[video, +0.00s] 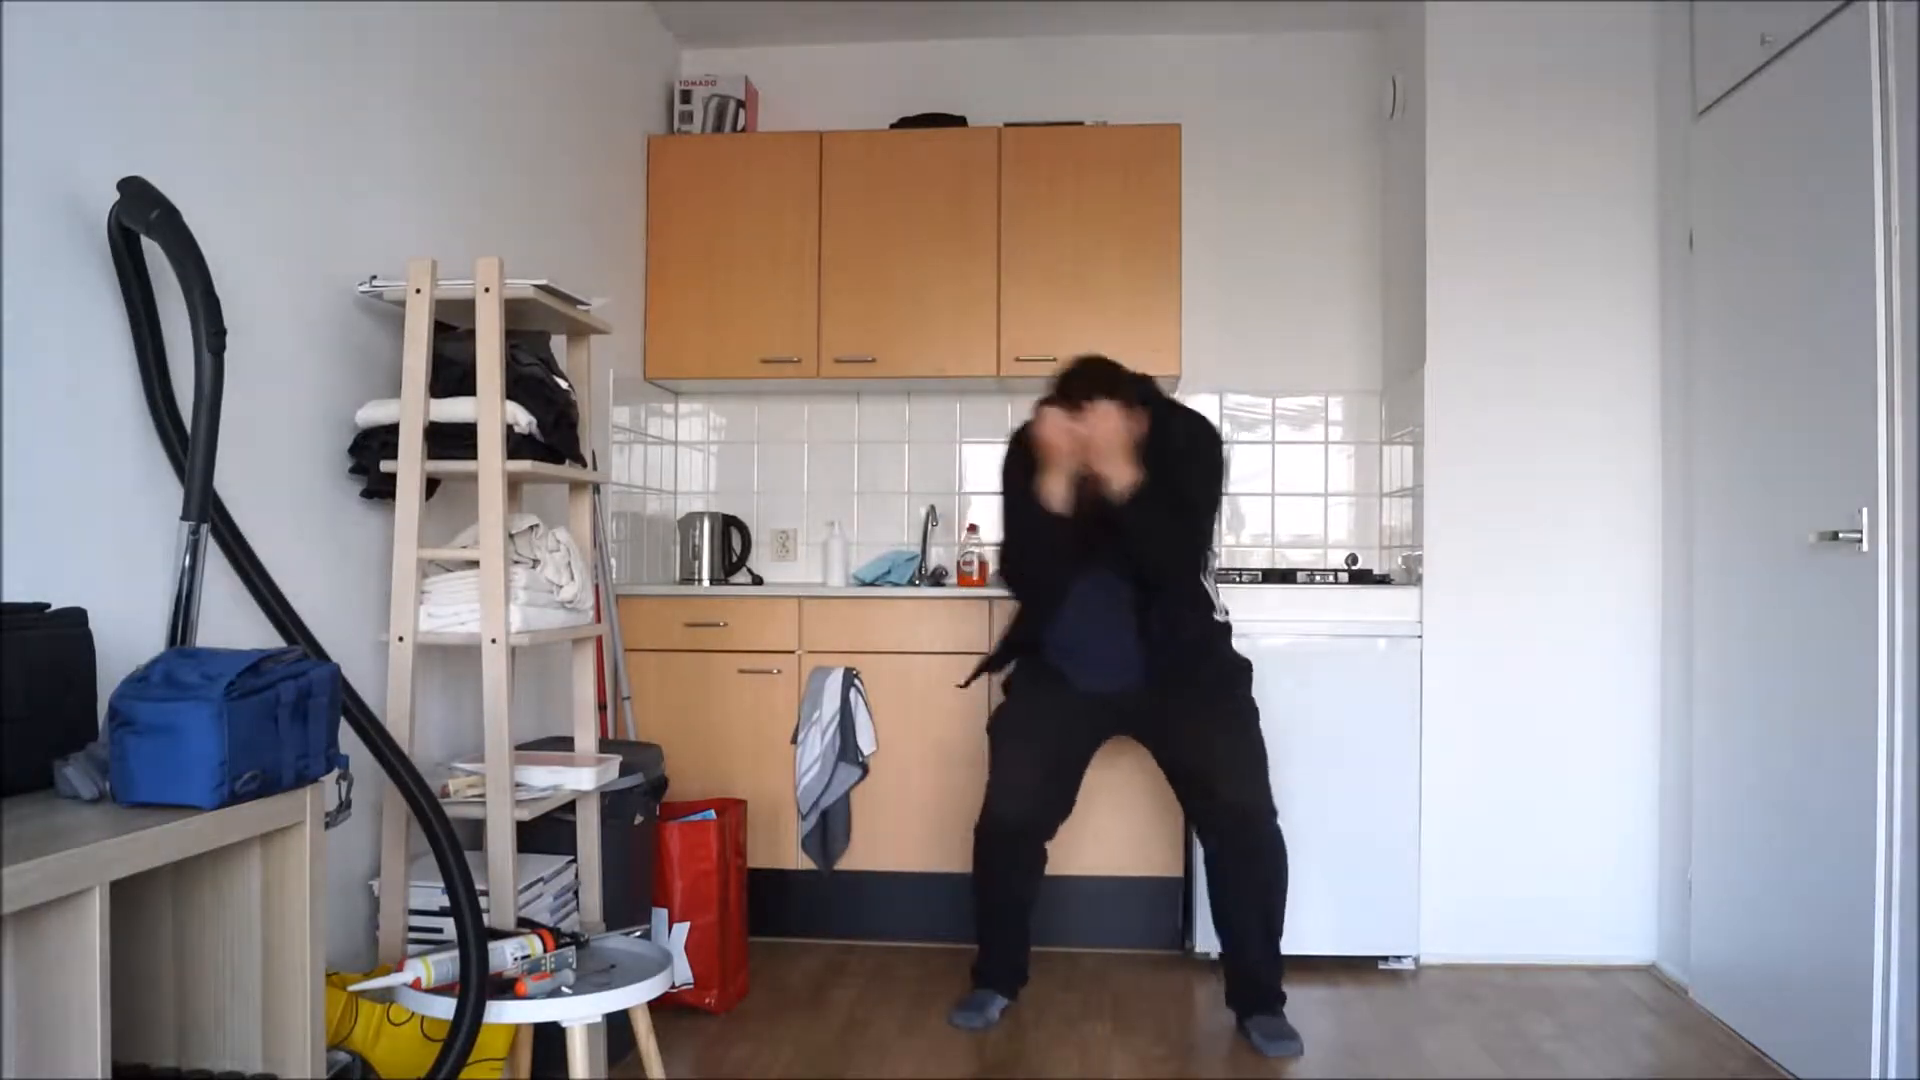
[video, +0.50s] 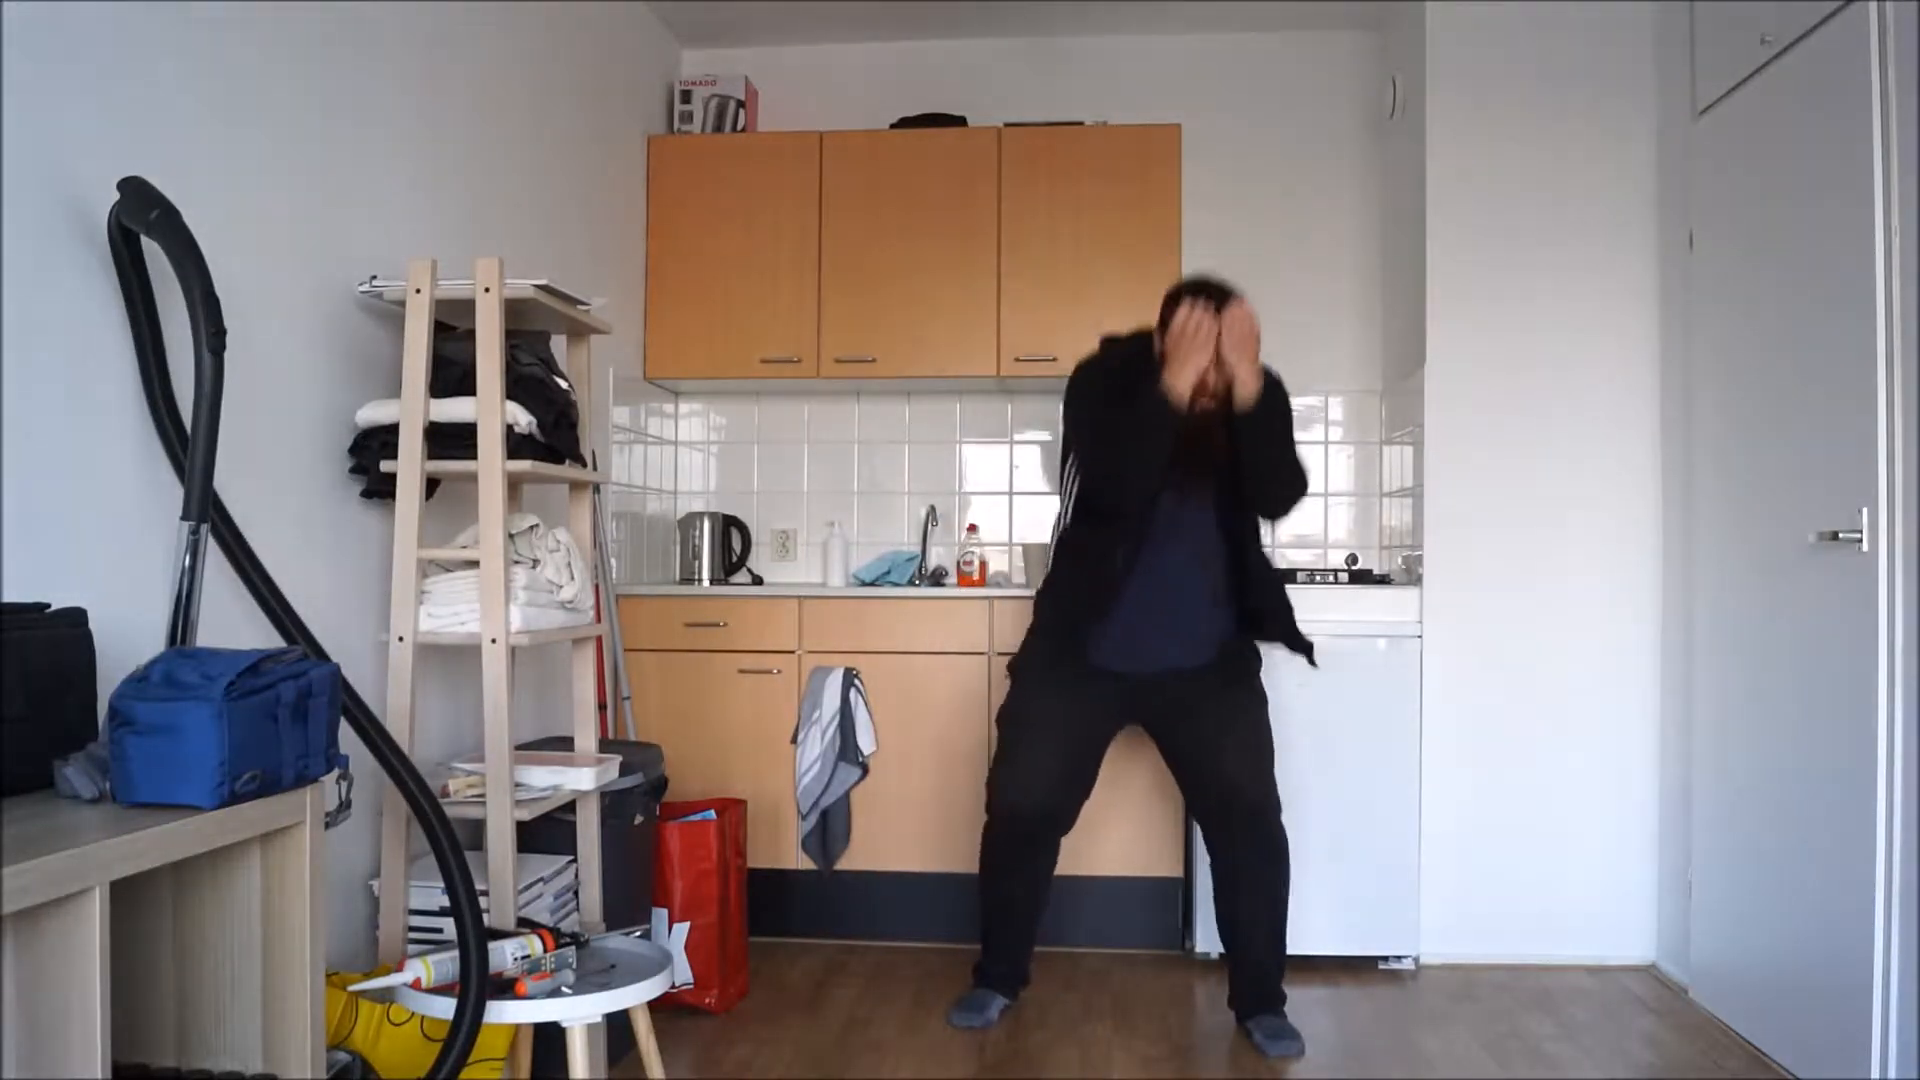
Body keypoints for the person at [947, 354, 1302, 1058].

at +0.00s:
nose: (1079, 440)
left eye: (1093, 428)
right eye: (1067, 431)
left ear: (1131, 416)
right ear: (1055, 423)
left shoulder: (1188, 439)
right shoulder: (1035, 446)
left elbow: (1176, 563)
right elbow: (1027, 578)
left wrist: (1122, 475)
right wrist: (1054, 480)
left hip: (1180, 673)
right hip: (1059, 675)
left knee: (1245, 826)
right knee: (1008, 822)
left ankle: (1260, 1004)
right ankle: (996, 979)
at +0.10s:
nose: (1174, 419)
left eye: (1186, 410)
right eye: (1161, 407)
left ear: (1203, 399)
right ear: (1130, 395)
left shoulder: (1228, 429)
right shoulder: (1077, 425)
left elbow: (1242, 550)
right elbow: (1078, 546)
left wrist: (1208, 456)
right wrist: (1131, 458)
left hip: (1188, 669)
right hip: (1072, 672)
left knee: (1259, 823)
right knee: (1027, 827)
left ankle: (1262, 1003)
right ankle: (998, 979)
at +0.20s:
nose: (1195, 365)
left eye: (1209, 355)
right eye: (1183, 351)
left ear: (1226, 357)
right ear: (1154, 345)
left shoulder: (1242, 409)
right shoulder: (1101, 389)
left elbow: (1266, 504)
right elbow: (1100, 493)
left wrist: (1239, 402)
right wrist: (1160, 405)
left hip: (1193, 660)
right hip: (1079, 658)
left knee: (1257, 823)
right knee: (1030, 820)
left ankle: (1261, 1002)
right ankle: (999, 979)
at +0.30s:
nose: (1201, 309)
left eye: (1217, 297)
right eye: (1190, 291)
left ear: (1235, 305)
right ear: (1158, 291)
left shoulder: (1244, 369)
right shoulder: (1106, 346)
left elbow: (1283, 443)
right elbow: (1113, 436)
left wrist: (1249, 329)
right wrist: (1170, 332)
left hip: (1204, 640)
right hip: (1086, 632)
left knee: (1244, 818)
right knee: (1032, 809)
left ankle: (1262, 1003)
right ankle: (1000, 978)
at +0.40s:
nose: (1207, 308)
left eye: (1222, 295)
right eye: (1195, 290)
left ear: (1238, 303)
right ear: (1163, 288)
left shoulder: (1246, 365)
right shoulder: (1110, 338)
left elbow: (1285, 441)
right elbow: (1115, 431)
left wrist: (1253, 326)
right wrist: (1173, 325)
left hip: (1207, 640)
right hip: (1086, 632)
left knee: (1242, 820)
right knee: (1033, 807)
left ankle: (1262, 1003)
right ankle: (1000, 977)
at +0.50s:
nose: (1205, 354)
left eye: (1221, 344)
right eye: (1193, 339)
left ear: (1237, 345)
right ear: (1164, 331)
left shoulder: (1256, 398)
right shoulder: (1107, 380)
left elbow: (1277, 496)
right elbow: (1107, 487)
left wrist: (1251, 386)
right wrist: (1171, 388)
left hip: (1205, 658)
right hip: (1082, 649)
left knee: (1249, 823)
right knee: (1022, 809)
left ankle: (1261, 1002)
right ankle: (998, 979)